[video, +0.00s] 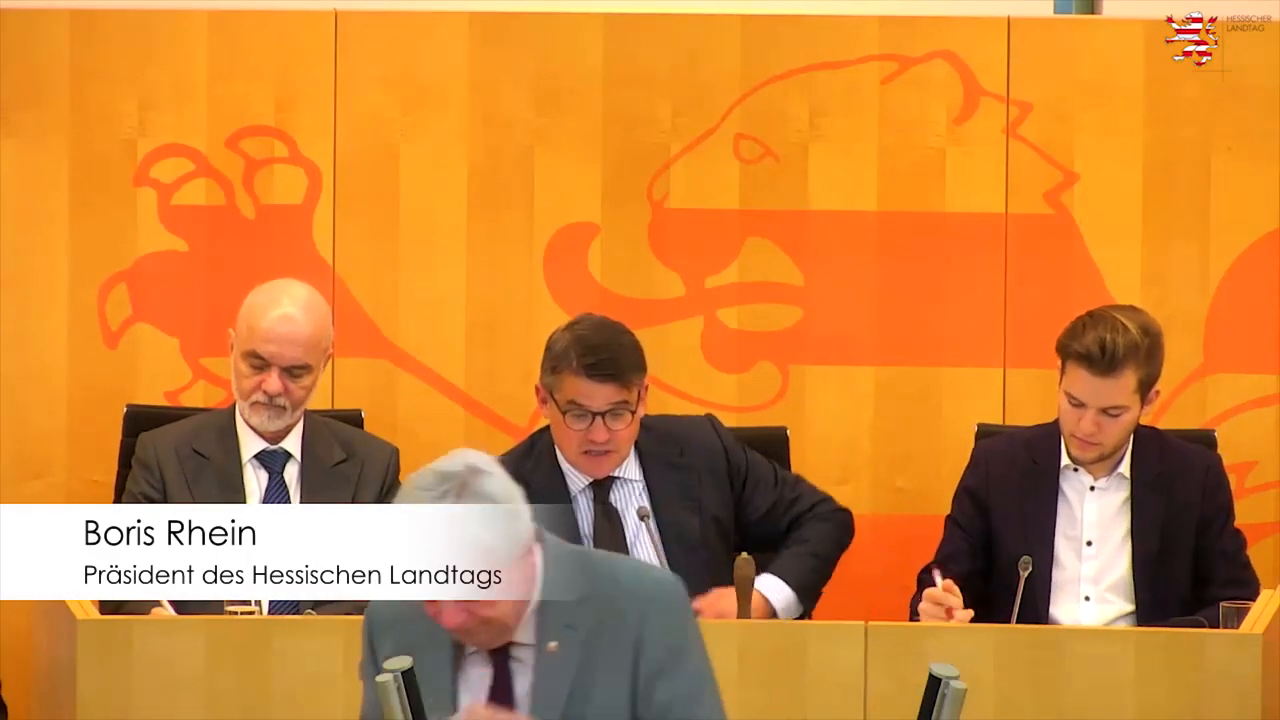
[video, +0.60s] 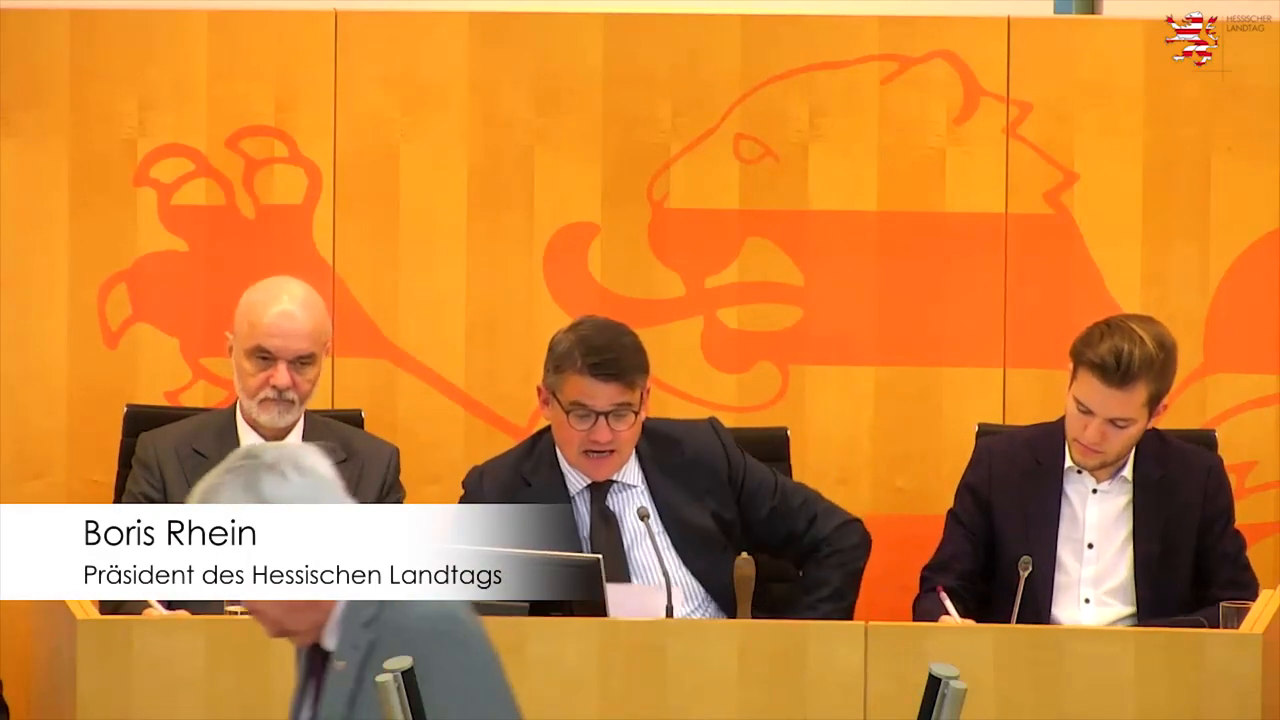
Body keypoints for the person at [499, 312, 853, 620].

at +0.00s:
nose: (599, 434)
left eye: (616, 412)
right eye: (578, 414)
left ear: (642, 395)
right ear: (544, 400)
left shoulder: (703, 450)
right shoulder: (504, 490)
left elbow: (825, 519)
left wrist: (764, 599)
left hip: (713, 670)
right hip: (574, 683)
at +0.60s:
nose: (602, 436)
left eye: (619, 415)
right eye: (581, 415)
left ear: (644, 398)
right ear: (546, 400)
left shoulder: (705, 455)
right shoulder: (495, 490)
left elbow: (840, 540)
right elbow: (468, 624)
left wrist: (797, 655)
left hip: (718, 670)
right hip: (579, 683)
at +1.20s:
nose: (624, 433)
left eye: (642, 412)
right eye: (603, 413)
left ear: (659, 397)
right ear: (562, 400)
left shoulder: (713, 454)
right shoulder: (505, 488)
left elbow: (833, 565)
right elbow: (472, 627)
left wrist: (788, 672)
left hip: (713, 673)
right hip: (574, 683)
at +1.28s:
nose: (625, 433)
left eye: (642, 412)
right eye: (604, 413)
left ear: (660, 397)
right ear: (562, 400)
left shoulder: (713, 454)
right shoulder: (505, 488)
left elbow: (833, 565)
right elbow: (471, 627)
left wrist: (788, 672)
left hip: (713, 677)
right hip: (572, 686)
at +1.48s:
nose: (622, 430)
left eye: (638, 408)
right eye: (599, 411)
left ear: (656, 395)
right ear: (559, 405)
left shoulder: (711, 454)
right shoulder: (503, 488)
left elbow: (830, 564)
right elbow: (469, 627)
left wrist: (786, 672)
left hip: (711, 679)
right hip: (570, 688)